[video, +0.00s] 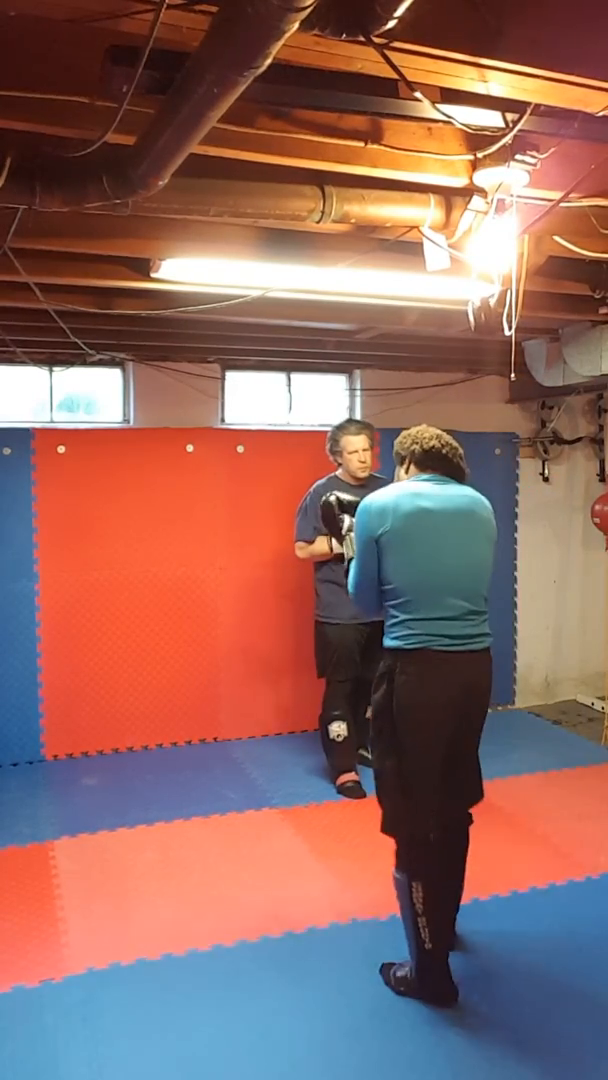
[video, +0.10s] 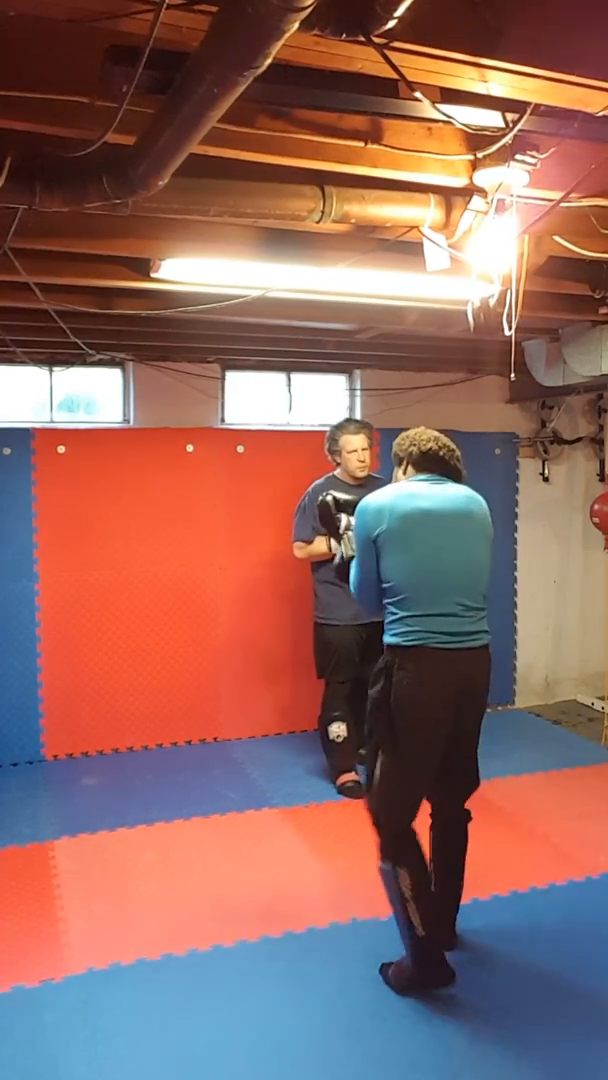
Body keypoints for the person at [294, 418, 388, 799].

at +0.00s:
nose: (364, 458)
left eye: (367, 451)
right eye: (355, 453)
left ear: (374, 450)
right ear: (336, 456)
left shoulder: (387, 489)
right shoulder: (321, 494)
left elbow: (402, 537)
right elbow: (303, 548)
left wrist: (374, 541)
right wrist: (348, 543)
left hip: (382, 611)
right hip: (339, 614)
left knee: (370, 684)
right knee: (341, 687)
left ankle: (360, 746)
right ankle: (344, 768)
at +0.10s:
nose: (363, 457)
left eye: (366, 450)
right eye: (354, 452)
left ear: (372, 450)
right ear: (335, 455)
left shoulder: (385, 489)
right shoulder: (319, 495)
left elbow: (401, 537)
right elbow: (302, 548)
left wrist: (372, 539)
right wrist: (345, 543)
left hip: (381, 610)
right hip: (337, 614)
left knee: (377, 687)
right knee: (340, 687)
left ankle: (374, 759)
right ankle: (344, 767)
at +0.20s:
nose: (362, 457)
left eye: (365, 449)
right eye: (353, 451)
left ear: (371, 450)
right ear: (334, 455)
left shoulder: (384, 490)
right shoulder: (317, 494)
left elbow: (400, 539)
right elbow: (300, 549)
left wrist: (370, 540)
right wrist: (342, 541)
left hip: (379, 609)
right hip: (336, 612)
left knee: (378, 685)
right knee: (338, 686)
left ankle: (376, 756)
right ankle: (341, 765)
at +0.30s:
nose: (361, 458)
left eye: (364, 451)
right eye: (353, 452)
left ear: (369, 451)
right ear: (333, 455)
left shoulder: (381, 489)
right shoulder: (315, 495)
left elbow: (397, 540)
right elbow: (298, 550)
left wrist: (365, 539)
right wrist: (345, 541)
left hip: (378, 609)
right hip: (335, 614)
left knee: (378, 685)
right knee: (337, 685)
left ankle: (378, 755)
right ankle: (337, 759)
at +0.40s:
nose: (360, 460)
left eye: (363, 453)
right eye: (351, 454)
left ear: (367, 452)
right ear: (332, 457)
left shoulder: (377, 490)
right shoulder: (315, 495)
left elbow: (393, 542)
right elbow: (296, 552)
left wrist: (366, 543)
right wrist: (341, 548)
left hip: (376, 614)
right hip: (334, 617)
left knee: (373, 689)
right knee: (337, 689)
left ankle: (371, 760)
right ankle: (336, 762)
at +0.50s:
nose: (359, 462)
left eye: (362, 454)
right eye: (350, 456)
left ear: (368, 453)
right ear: (331, 458)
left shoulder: (374, 489)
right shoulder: (316, 494)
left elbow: (387, 543)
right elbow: (296, 552)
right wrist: (340, 546)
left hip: (373, 619)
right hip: (333, 621)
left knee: (368, 698)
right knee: (336, 697)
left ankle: (367, 771)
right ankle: (334, 771)